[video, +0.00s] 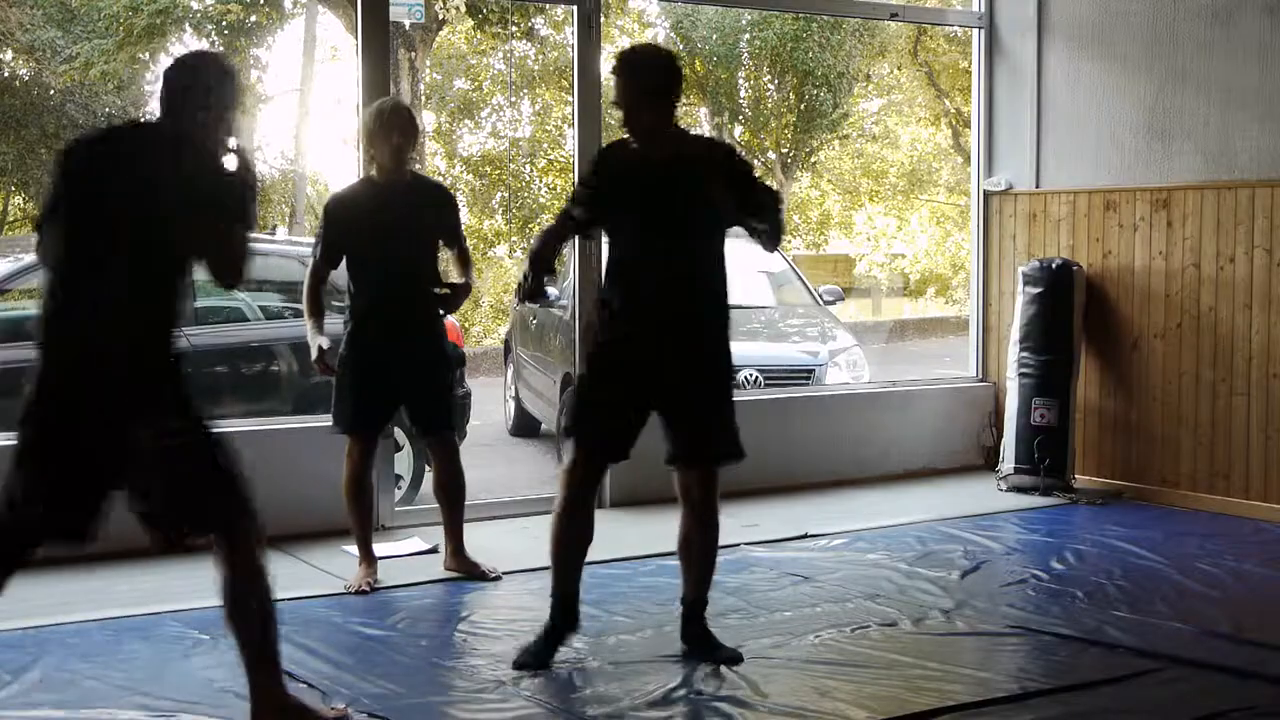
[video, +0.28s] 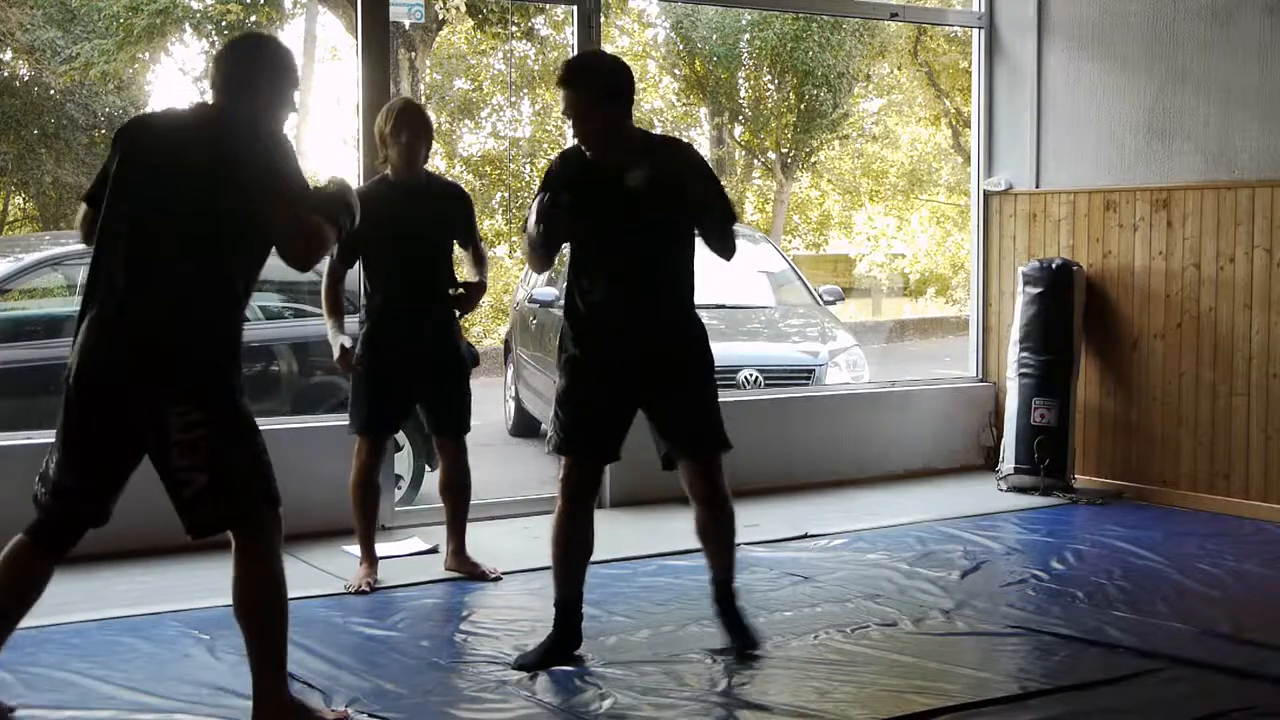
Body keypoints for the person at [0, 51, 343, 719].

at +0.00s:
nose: (226, 124)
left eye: (228, 111)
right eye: (223, 111)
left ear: (163, 99)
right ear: (204, 108)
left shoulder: (89, 152)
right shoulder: (205, 173)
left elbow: (51, 249)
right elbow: (230, 268)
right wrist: (242, 179)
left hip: (65, 381)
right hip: (144, 385)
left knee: (22, 533)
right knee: (236, 531)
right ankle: (270, 697)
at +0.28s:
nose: (288, 108)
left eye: (289, 96)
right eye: (288, 96)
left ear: (215, 80)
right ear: (277, 93)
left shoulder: (140, 133)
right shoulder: (268, 153)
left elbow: (90, 227)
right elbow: (305, 249)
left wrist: (174, 217)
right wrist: (333, 205)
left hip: (100, 371)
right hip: (195, 374)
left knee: (48, 531)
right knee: (257, 528)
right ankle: (272, 698)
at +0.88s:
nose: (229, 69)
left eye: (223, 57)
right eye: (218, 58)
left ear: (153, 73)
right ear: (193, 69)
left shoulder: (108, 137)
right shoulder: (216, 139)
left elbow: (104, 251)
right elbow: (256, 246)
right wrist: (298, 203)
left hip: (94, 374)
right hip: (177, 379)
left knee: (45, 551)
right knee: (258, 530)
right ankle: (290, 695)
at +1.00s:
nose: (249, 74)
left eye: (243, 60)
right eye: (240, 61)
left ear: (172, 74)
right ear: (220, 69)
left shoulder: (142, 138)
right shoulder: (244, 138)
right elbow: (289, 252)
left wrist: (292, 214)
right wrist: (331, 213)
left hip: (117, 371)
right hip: (200, 373)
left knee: (72, 544)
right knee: (277, 528)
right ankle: (293, 696)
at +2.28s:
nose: (284, 83)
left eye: (280, 71)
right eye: (273, 72)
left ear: (219, 82)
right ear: (246, 80)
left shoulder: (184, 145)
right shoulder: (254, 146)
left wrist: (306, 148)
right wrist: (307, 145)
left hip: (165, 373)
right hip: (231, 374)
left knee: (111, 540)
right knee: (321, 520)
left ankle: (33, 696)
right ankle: (317, 692)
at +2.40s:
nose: (310, 80)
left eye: (308, 67)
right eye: (304, 67)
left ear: (239, 72)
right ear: (285, 71)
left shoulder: (204, 134)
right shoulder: (309, 133)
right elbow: (386, 142)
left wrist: (307, 84)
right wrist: (380, 62)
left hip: (222, 355)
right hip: (297, 353)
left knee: (232, 511)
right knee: (353, 505)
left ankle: (212, 549)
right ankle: (326, 680)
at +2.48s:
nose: (315, 61)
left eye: (312, 50)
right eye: (311, 49)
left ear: (241, 52)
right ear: (298, 52)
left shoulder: (205, 117)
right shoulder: (314, 110)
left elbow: (213, 227)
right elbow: (414, 130)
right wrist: (410, 62)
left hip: (251, 336)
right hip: (326, 323)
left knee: (288, 493)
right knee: (397, 441)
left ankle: (326, 649)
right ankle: (377, 569)